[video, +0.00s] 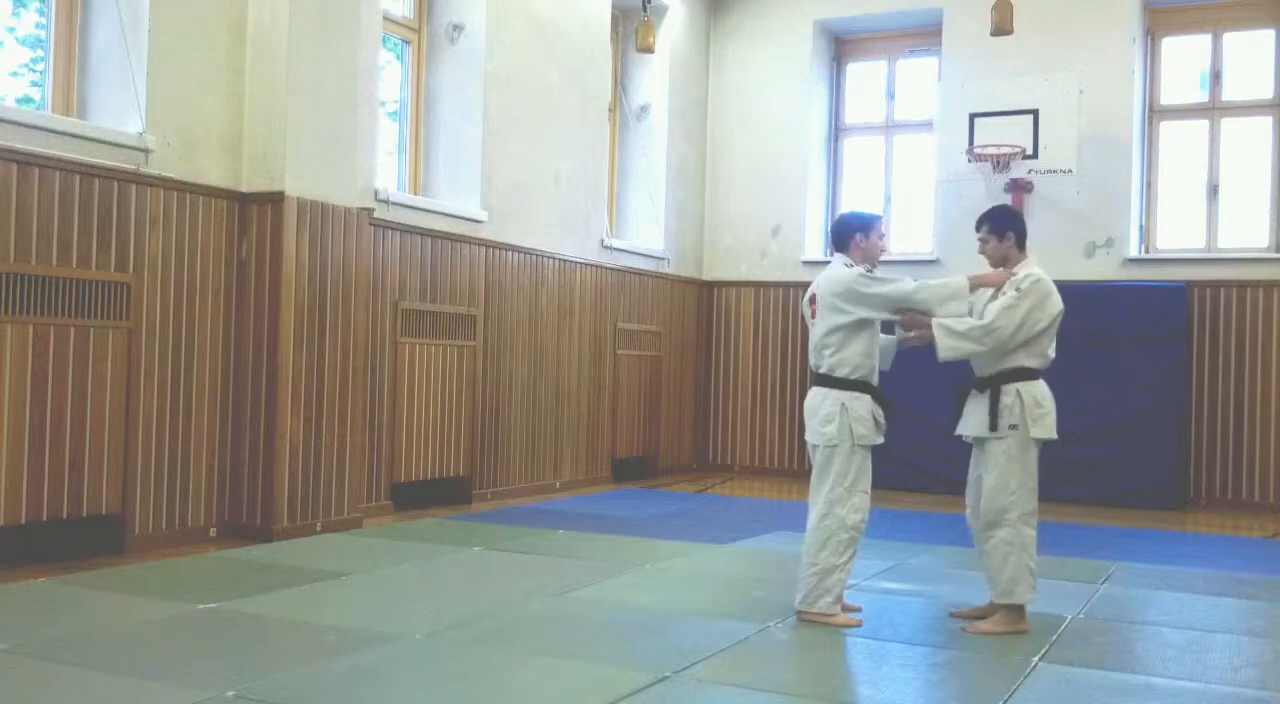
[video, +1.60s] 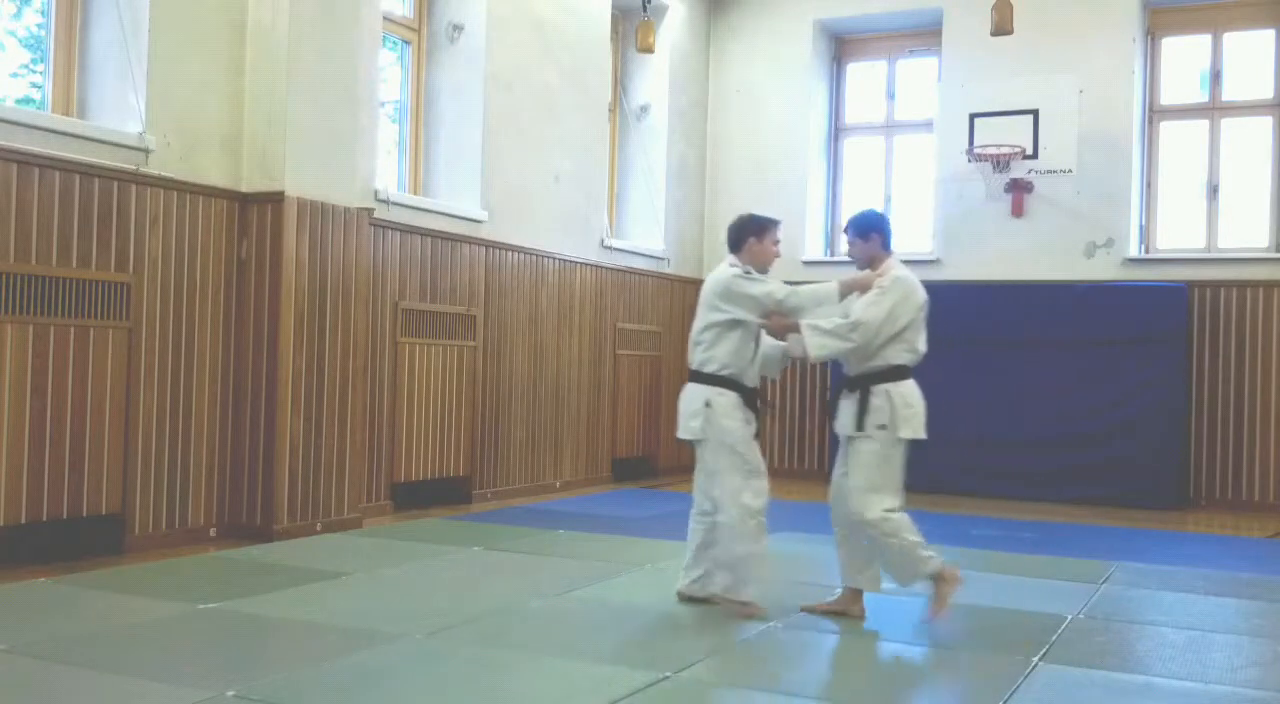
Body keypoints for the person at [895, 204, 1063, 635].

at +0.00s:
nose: (981, 250)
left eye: (986, 242)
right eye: (979, 243)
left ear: (1011, 239)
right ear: (1004, 242)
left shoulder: (1034, 284)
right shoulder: (1005, 285)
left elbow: (993, 332)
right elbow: (981, 326)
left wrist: (932, 330)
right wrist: (931, 324)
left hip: (1016, 405)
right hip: (992, 404)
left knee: (1006, 507)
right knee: (983, 506)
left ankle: (1013, 610)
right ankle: (1000, 600)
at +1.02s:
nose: (947, 254)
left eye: (951, 244)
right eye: (946, 246)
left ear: (976, 240)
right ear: (972, 243)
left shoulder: (1005, 285)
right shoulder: (970, 287)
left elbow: (968, 335)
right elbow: (949, 328)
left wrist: (903, 334)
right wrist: (896, 328)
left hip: (990, 406)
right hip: (957, 406)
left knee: (991, 510)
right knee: (933, 495)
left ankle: (1012, 611)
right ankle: (969, 588)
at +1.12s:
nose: (935, 252)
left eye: (940, 243)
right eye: (934, 244)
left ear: (965, 241)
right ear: (960, 243)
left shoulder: (993, 286)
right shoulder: (957, 287)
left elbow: (955, 336)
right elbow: (937, 328)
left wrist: (891, 334)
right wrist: (882, 329)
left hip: (980, 407)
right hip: (946, 407)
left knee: (983, 512)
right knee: (918, 495)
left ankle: (1010, 611)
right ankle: (930, 592)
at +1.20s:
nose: (923, 256)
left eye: (927, 247)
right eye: (922, 248)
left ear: (950, 242)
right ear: (945, 244)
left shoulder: (979, 288)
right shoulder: (945, 288)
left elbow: (940, 338)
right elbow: (926, 330)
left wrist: (878, 335)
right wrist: (873, 329)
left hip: (967, 408)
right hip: (933, 408)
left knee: (976, 513)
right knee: (906, 498)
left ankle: (1010, 612)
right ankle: (889, 594)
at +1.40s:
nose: (884, 256)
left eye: (888, 247)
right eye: (883, 248)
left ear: (911, 245)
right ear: (908, 246)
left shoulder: (940, 287)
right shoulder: (904, 289)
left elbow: (901, 338)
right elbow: (877, 328)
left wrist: (839, 340)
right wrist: (826, 334)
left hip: (930, 407)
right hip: (896, 407)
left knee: (948, 511)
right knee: (877, 503)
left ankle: (1003, 601)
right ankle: (853, 600)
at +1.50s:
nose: (865, 253)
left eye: (870, 245)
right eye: (864, 246)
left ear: (892, 242)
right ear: (886, 244)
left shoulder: (919, 286)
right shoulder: (882, 288)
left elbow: (876, 335)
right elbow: (857, 328)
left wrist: (812, 338)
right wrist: (809, 331)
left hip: (908, 404)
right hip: (874, 404)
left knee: (910, 508)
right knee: (858, 499)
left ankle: (981, 584)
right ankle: (853, 595)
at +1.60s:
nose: (849, 251)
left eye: (853, 243)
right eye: (847, 244)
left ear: (875, 240)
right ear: (868, 241)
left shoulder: (899, 284)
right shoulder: (867, 284)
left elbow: (859, 331)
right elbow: (838, 331)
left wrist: (796, 330)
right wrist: (790, 335)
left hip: (888, 400)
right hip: (859, 400)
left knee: (868, 504)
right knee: (844, 500)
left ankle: (938, 573)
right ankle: (852, 595)